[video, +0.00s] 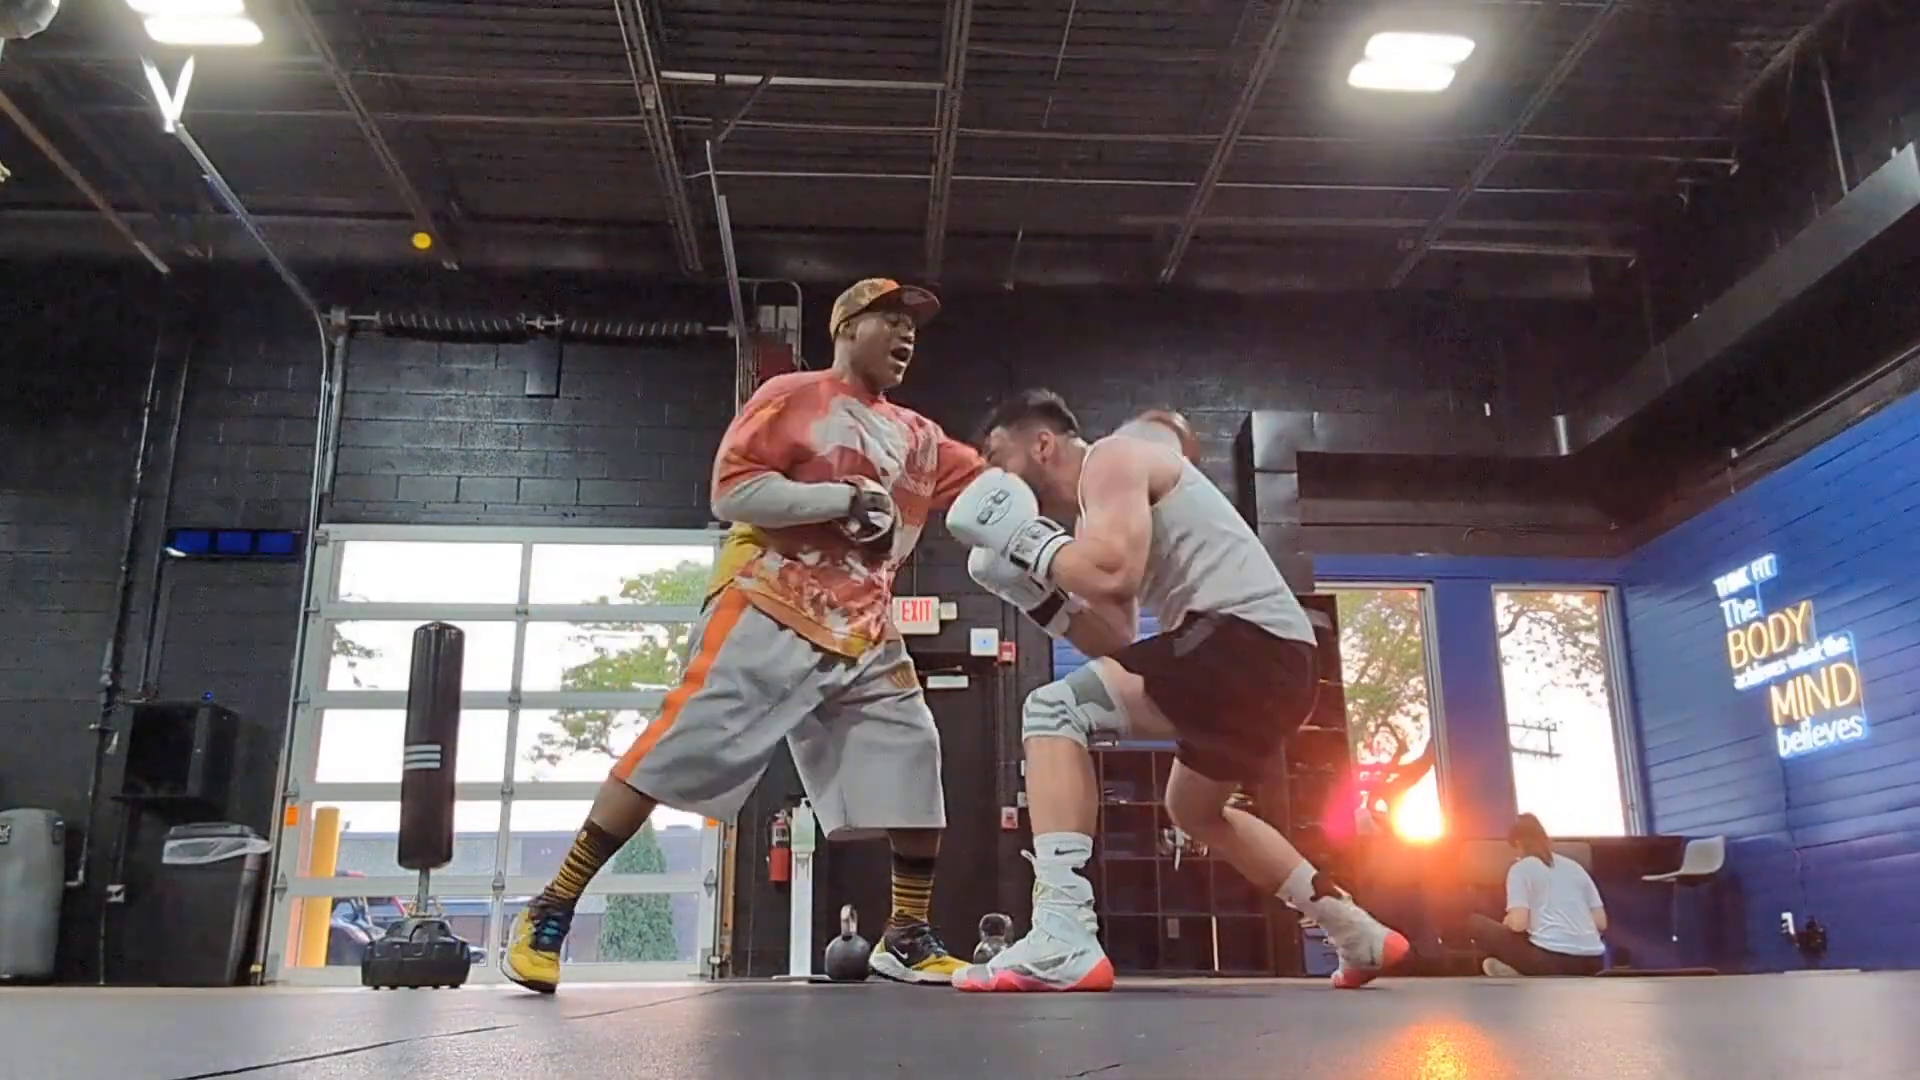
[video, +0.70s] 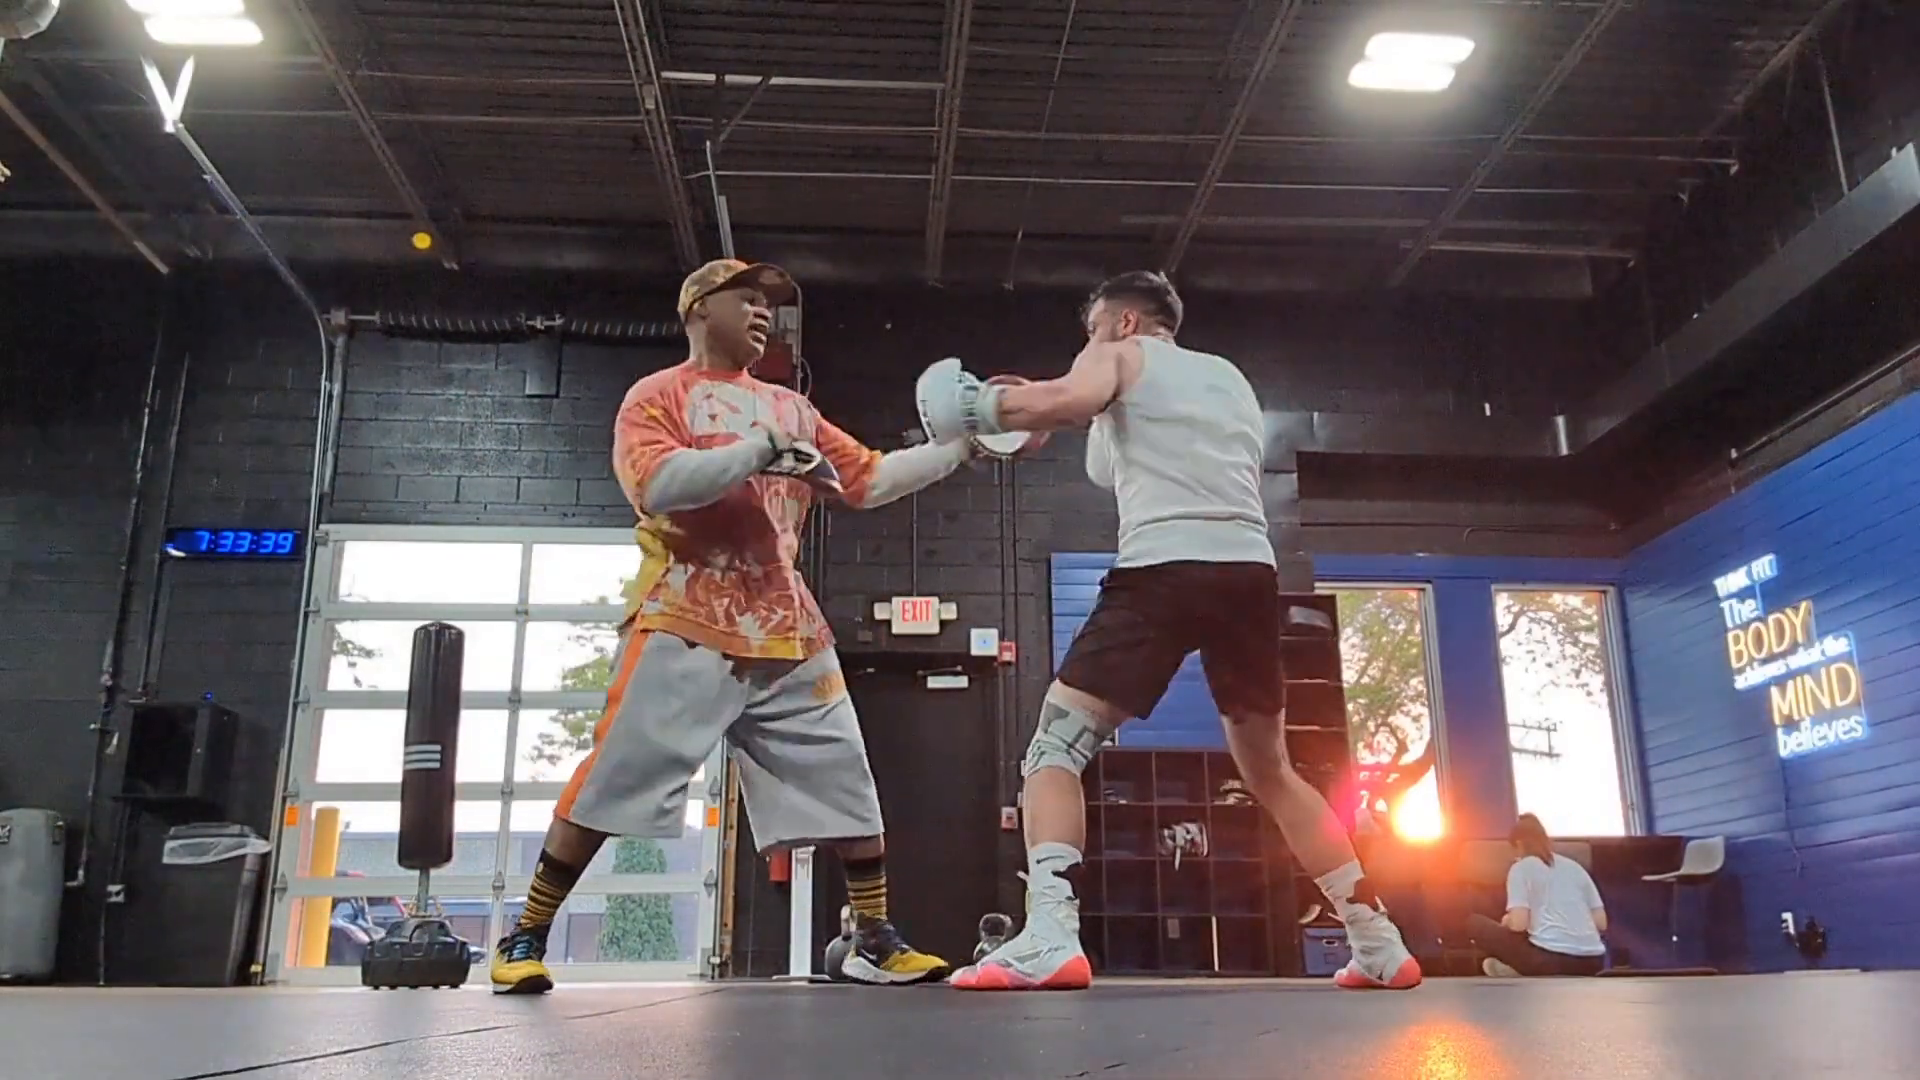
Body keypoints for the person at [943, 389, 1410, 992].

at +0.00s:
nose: (995, 477)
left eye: (998, 457)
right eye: (990, 463)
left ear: (1044, 444)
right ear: (1046, 450)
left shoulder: (1117, 456)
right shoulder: (1097, 522)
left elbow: (1113, 571)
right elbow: (1116, 638)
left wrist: (1023, 531)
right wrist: (1040, 601)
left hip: (1242, 645)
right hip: (1283, 664)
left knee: (1055, 710)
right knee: (1197, 809)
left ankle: (1061, 938)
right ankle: (1358, 934)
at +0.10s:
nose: (1032, 510)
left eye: (1038, 491)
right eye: (1027, 498)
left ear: (1081, 476)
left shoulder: (1115, 489)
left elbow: (1063, 564)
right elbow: (1149, 665)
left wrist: (1001, 564)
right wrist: (1068, 619)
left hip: (1244, 669)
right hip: (1318, 693)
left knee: (1042, 725)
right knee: (1236, 811)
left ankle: (1062, 937)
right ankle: (1386, 948)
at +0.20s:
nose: (1077, 489)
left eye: (1085, 471)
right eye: (1075, 479)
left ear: (1128, 454)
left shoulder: (1149, 470)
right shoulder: (1232, 513)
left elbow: (1099, 515)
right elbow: (1185, 643)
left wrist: (1029, 556)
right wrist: (1110, 603)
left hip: (1226, 658)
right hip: (1316, 676)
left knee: (1040, 750)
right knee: (1249, 796)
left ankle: (1062, 934)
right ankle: (1386, 949)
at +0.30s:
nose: (1087, 434)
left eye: (1094, 415)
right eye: (1087, 423)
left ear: (1136, 400)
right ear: (1164, 407)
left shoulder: (1149, 421)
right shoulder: (1224, 465)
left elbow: (1165, 471)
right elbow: (1206, 597)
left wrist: (1072, 488)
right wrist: (1129, 567)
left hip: (1221, 618)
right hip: (1301, 635)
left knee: (1045, 741)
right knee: (1255, 792)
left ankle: (1061, 919)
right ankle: (1385, 946)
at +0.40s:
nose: (1075, 372)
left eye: (1083, 355)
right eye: (1074, 360)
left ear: (1130, 347)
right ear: (1132, 354)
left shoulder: (1163, 380)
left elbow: (1189, 451)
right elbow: (1163, 565)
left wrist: (1099, 444)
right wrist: (1105, 513)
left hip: (1213, 599)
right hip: (1269, 612)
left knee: (1052, 731)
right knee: (1246, 797)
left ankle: (1045, 933)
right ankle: (1386, 945)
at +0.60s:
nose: (1069, 334)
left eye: (1076, 316)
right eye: (1068, 322)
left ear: (1117, 306)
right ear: (1122, 313)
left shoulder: (1151, 348)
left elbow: (1189, 425)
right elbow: (1107, 497)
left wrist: (1090, 407)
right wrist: (1047, 443)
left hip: (1181, 574)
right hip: (1249, 581)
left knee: (1055, 734)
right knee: (1260, 781)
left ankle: (1047, 935)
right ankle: (1384, 940)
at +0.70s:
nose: (1090, 341)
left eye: (1093, 328)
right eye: (1090, 331)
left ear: (1127, 319)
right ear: (1165, 323)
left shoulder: (1121, 351)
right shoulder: (1231, 379)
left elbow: (1065, 403)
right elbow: (1145, 431)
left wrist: (973, 403)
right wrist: (1045, 399)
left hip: (1159, 570)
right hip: (1251, 574)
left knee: (1056, 750)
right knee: (1271, 772)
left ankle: (1050, 932)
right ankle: (1377, 942)